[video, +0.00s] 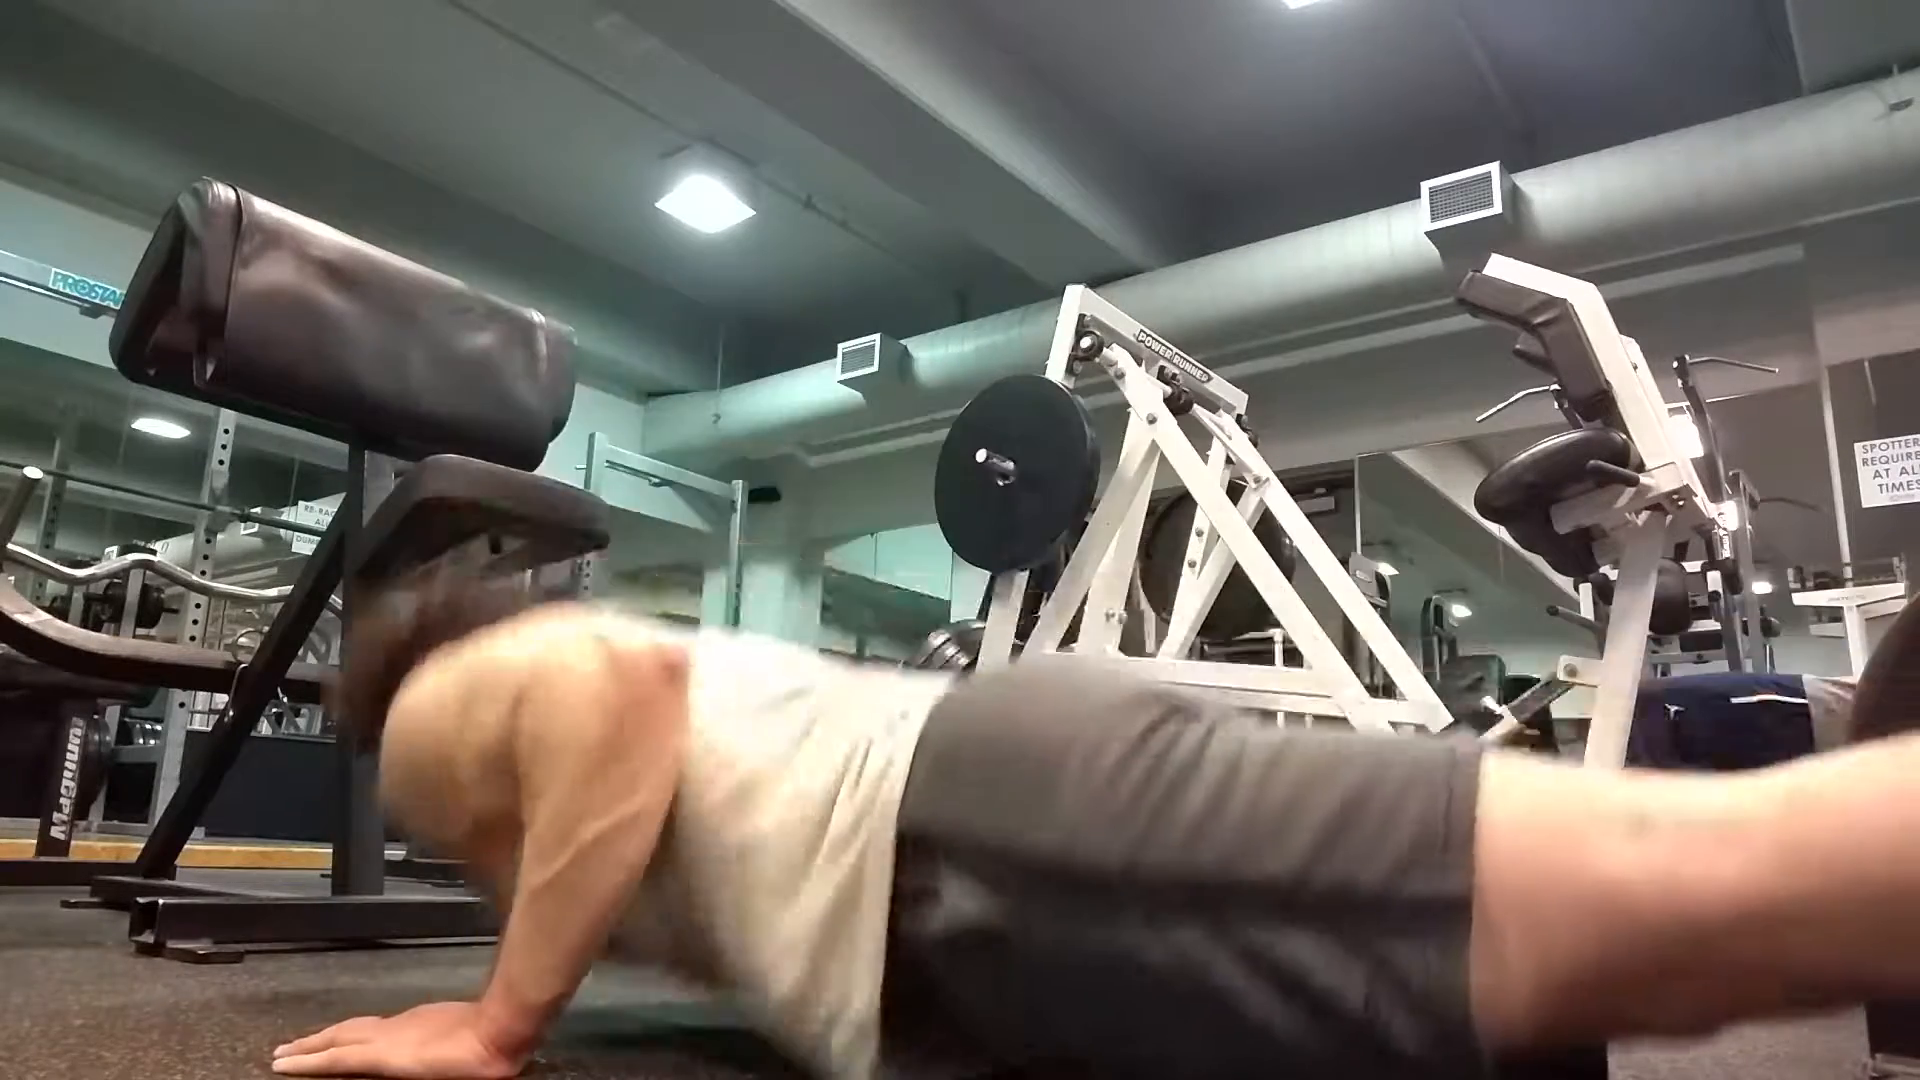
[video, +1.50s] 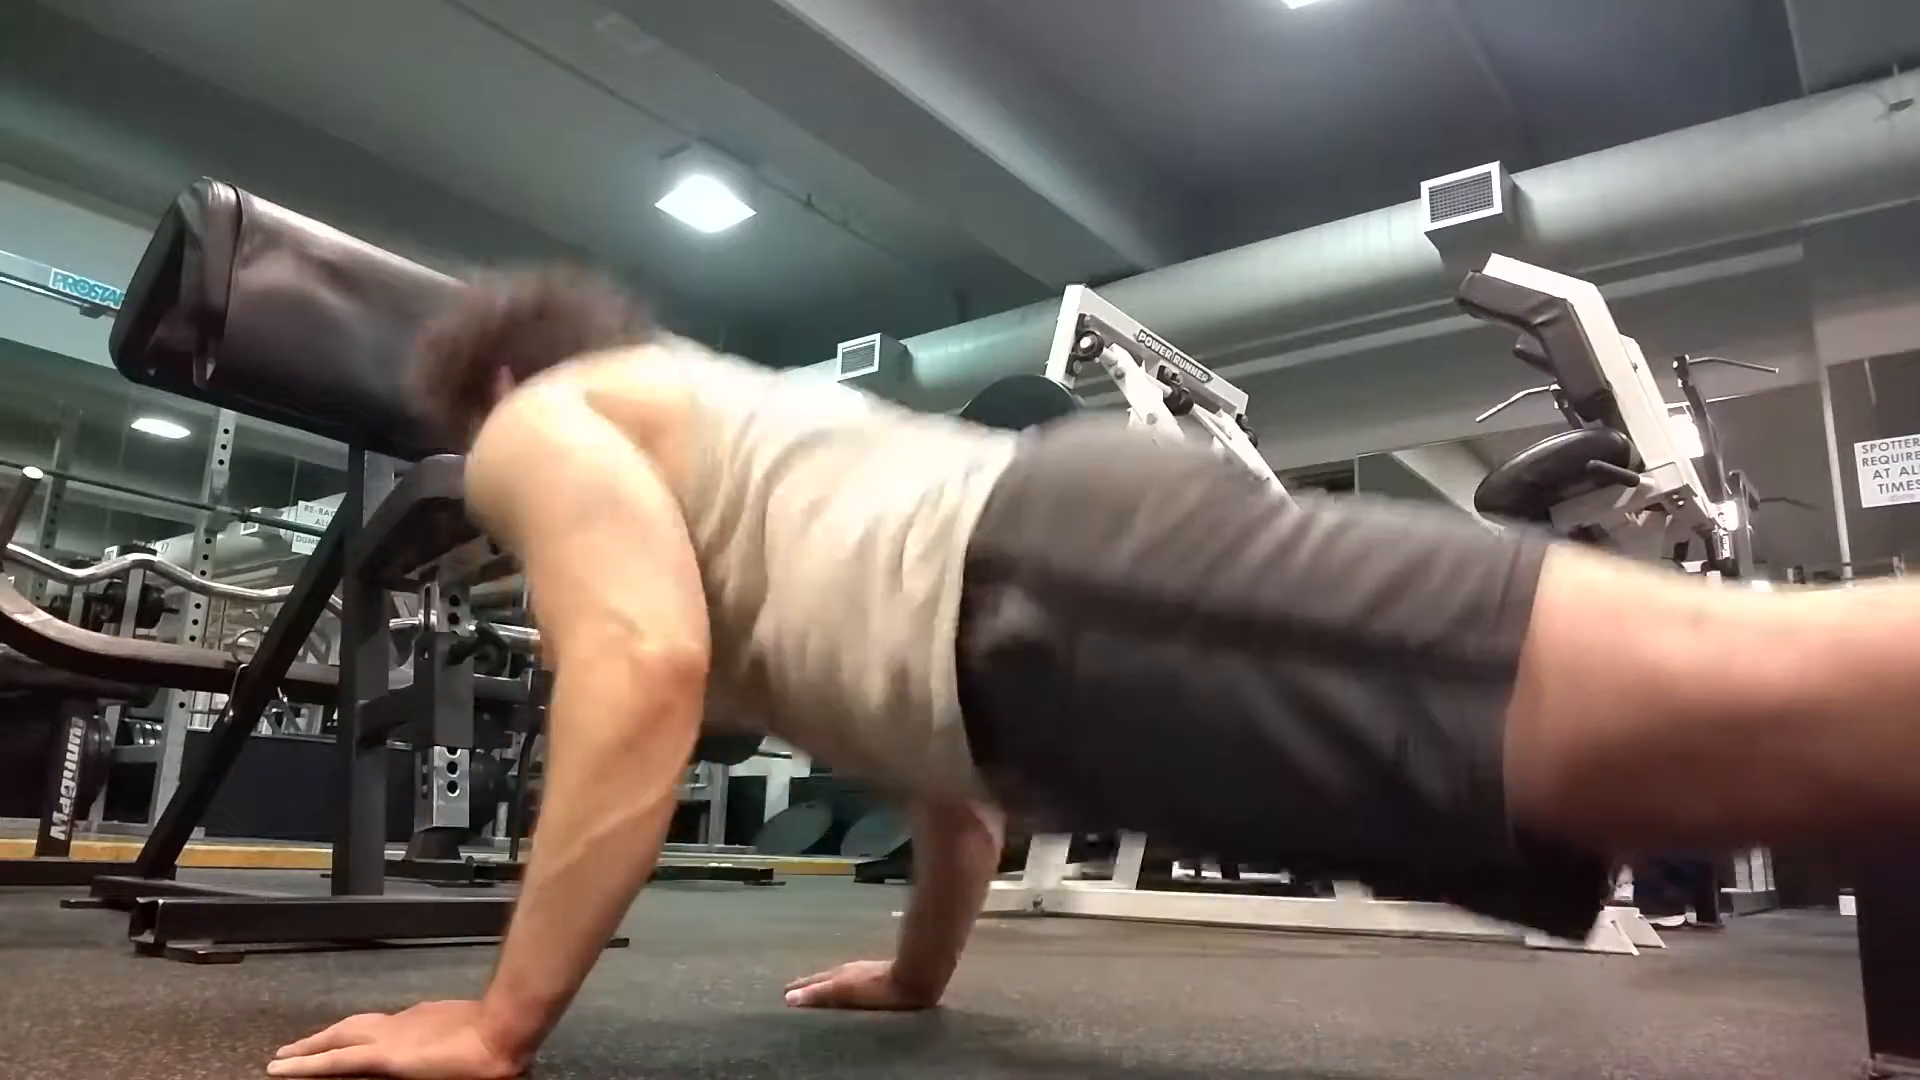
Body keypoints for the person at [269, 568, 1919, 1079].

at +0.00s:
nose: (371, 722)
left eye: (367, 692)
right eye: (377, 702)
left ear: (402, 638)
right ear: (516, 603)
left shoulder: (442, 697)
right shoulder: (648, 681)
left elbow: (622, 693)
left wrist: (490, 1018)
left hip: (983, 839)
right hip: (981, 926)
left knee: (1685, 891)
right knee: (1641, 932)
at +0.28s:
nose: (411, 658)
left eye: (400, 625)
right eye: (408, 637)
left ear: (413, 565)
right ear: (527, 489)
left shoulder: (475, 566)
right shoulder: (664, 532)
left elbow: (622, 685)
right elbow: (861, 668)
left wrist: (495, 1021)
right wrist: (872, 933)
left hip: (1002, 707)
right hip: (1039, 675)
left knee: (1724, 805)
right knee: (1700, 816)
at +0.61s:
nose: (455, 457)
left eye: (452, 424)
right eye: (458, 427)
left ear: (479, 371)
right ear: (607, 336)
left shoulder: (536, 417)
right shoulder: (760, 427)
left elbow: (634, 659)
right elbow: (939, 694)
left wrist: (494, 1014)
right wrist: (924, 958)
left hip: (1027, 578)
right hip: (1059, 616)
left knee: (1735, 728)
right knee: (1728, 736)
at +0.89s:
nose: (396, 821)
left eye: (377, 801)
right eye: (397, 803)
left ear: (386, 736)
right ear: (473, 670)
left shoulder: (417, 751)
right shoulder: (561, 787)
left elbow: (623, 684)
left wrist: (490, 1014)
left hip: (989, 852)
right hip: (994, 919)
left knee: (1679, 899)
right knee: (1660, 930)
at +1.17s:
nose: (405, 674)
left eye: (392, 639)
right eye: (399, 651)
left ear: (408, 576)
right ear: (519, 500)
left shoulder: (472, 577)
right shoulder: (659, 538)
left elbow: (628, 693)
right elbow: (849, 645)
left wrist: (494, 1019)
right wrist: (879, 932)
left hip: (995, 715)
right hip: (1029, 687)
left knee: (1712, 812)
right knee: (1704, 805)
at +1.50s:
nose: (469, 467)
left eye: (464, 436)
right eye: (469, 441)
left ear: (493, 383)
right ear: (615, 346)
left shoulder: (543, 419)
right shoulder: (771, 434)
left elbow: (640, 657)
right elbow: (950, 719)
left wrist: (497, 1015)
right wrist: (925, 960)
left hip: (1036, 571)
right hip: (1071, 591)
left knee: (1768, 710)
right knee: (1763, 735)